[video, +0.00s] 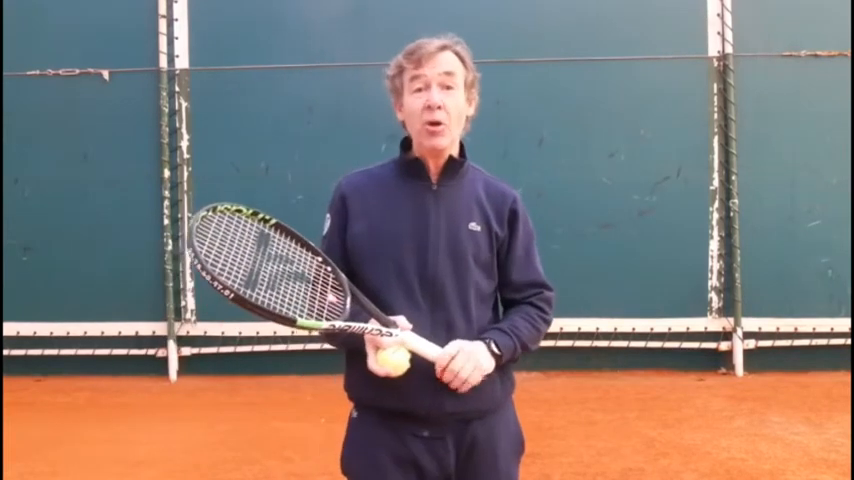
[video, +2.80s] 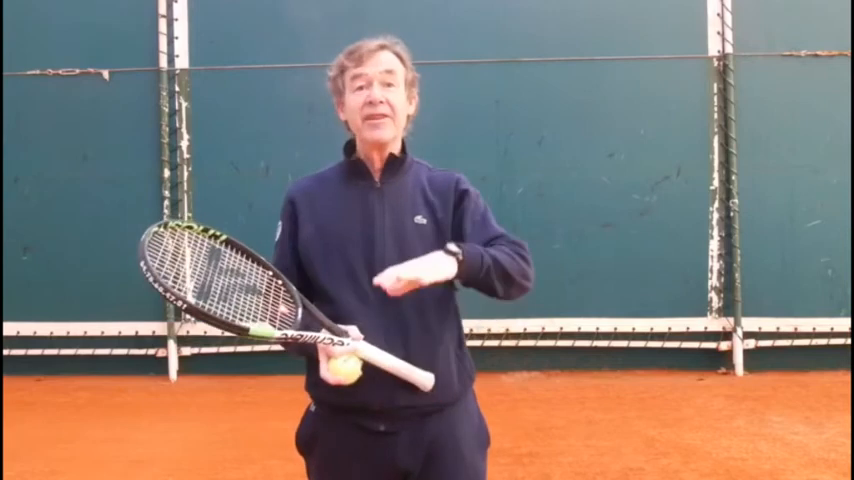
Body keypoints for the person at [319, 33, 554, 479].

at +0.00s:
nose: (433, 100)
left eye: (447, 86)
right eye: (419, 88)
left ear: (469, 104)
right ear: (400, 107)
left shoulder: (500, 202)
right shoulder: (355, 196)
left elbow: (534, 303)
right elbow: (327, 303)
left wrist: (489, 348)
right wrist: (367, 336)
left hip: (485, 433)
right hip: (385, 432)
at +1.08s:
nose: (405, 87)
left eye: (420, 77)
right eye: (392, 79)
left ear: (443, 100)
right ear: (374, 105)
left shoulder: (478, 197)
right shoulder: (331, 195)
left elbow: (525, 282)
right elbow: (302, 299)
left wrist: (509, 299)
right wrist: (333, 338)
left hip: (458, 430)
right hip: (359, 427)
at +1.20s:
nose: (398, 93)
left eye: (412, 81)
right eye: (384, 83)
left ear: (434, 101)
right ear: (365, 107)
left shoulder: (470, 196)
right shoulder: (324, 196)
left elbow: (527, 289)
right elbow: (295, 297)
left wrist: (481, 275)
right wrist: (325, 337)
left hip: (450, 427)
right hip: (352, 424)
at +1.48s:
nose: (381, 106)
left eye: (394, 92)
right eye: (367, 93)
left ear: (415, 106)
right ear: (346, 109)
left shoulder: (446, 192)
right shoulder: (306, 197)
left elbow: (513, 283)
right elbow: (282, 293)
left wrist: (505, 223)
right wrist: (302, 335)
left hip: (434, 423)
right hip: (338, 423)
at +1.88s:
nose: (365, 103)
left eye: (378, 90)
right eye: (350, 91)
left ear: (400, 102)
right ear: (332, 108)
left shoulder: (437, 195)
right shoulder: (293, 198)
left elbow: (491, 294)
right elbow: (269, 289)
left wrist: (502, 269)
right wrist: (288, 335)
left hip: (425, 421)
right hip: (328, 422)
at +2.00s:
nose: (364, 102)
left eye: (377, 87)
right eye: (349, 90)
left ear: (399, 102)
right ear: (330, 107)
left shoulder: (435, 196)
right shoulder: (292, 199)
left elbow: (483, 285)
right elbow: (270, 293)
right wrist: (298, 332)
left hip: (425, 420)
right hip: (328, 424)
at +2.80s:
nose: (374, 95)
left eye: (388, 82)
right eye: (359, 86)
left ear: (411, 101)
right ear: (342, 108)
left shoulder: (449, 192)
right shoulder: (305, 200)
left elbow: (518, 270)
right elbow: (281, 308)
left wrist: (452, 261)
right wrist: (320, 343)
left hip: (444, 423)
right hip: (346, 427)